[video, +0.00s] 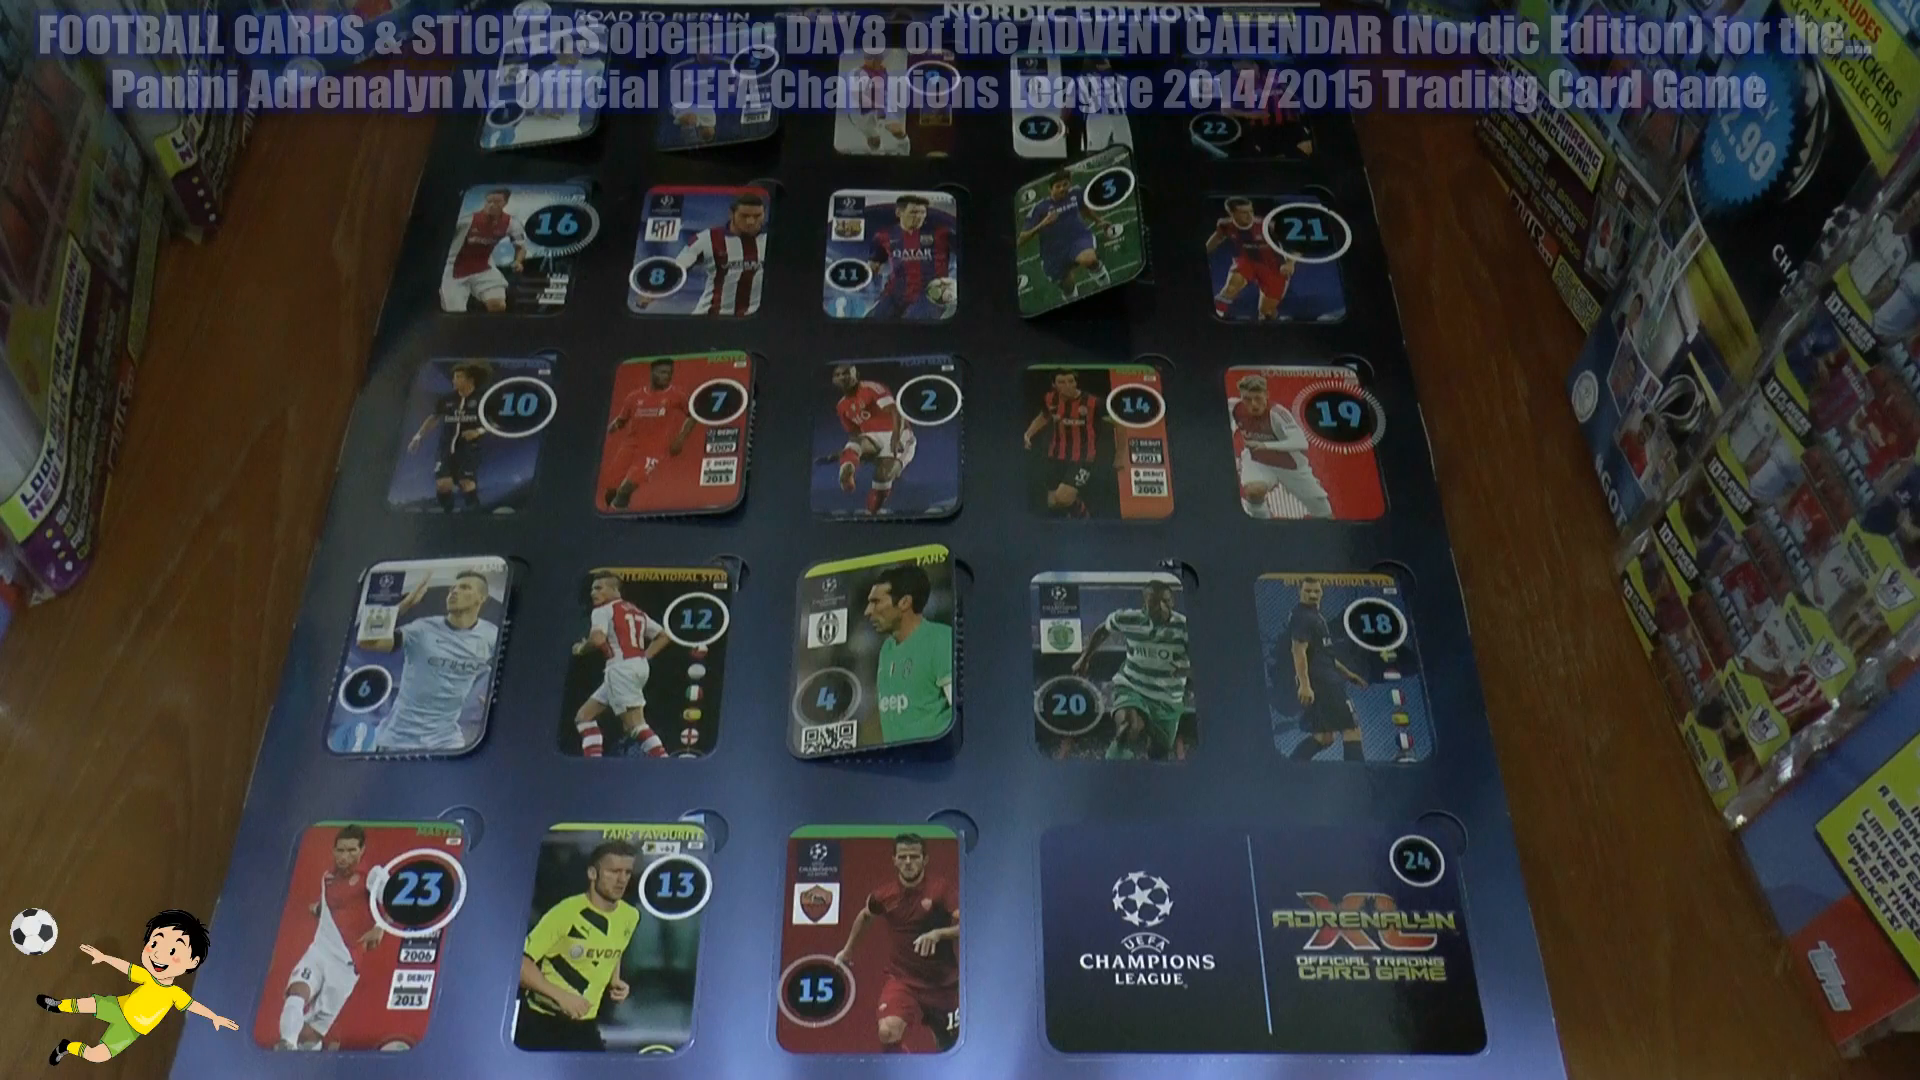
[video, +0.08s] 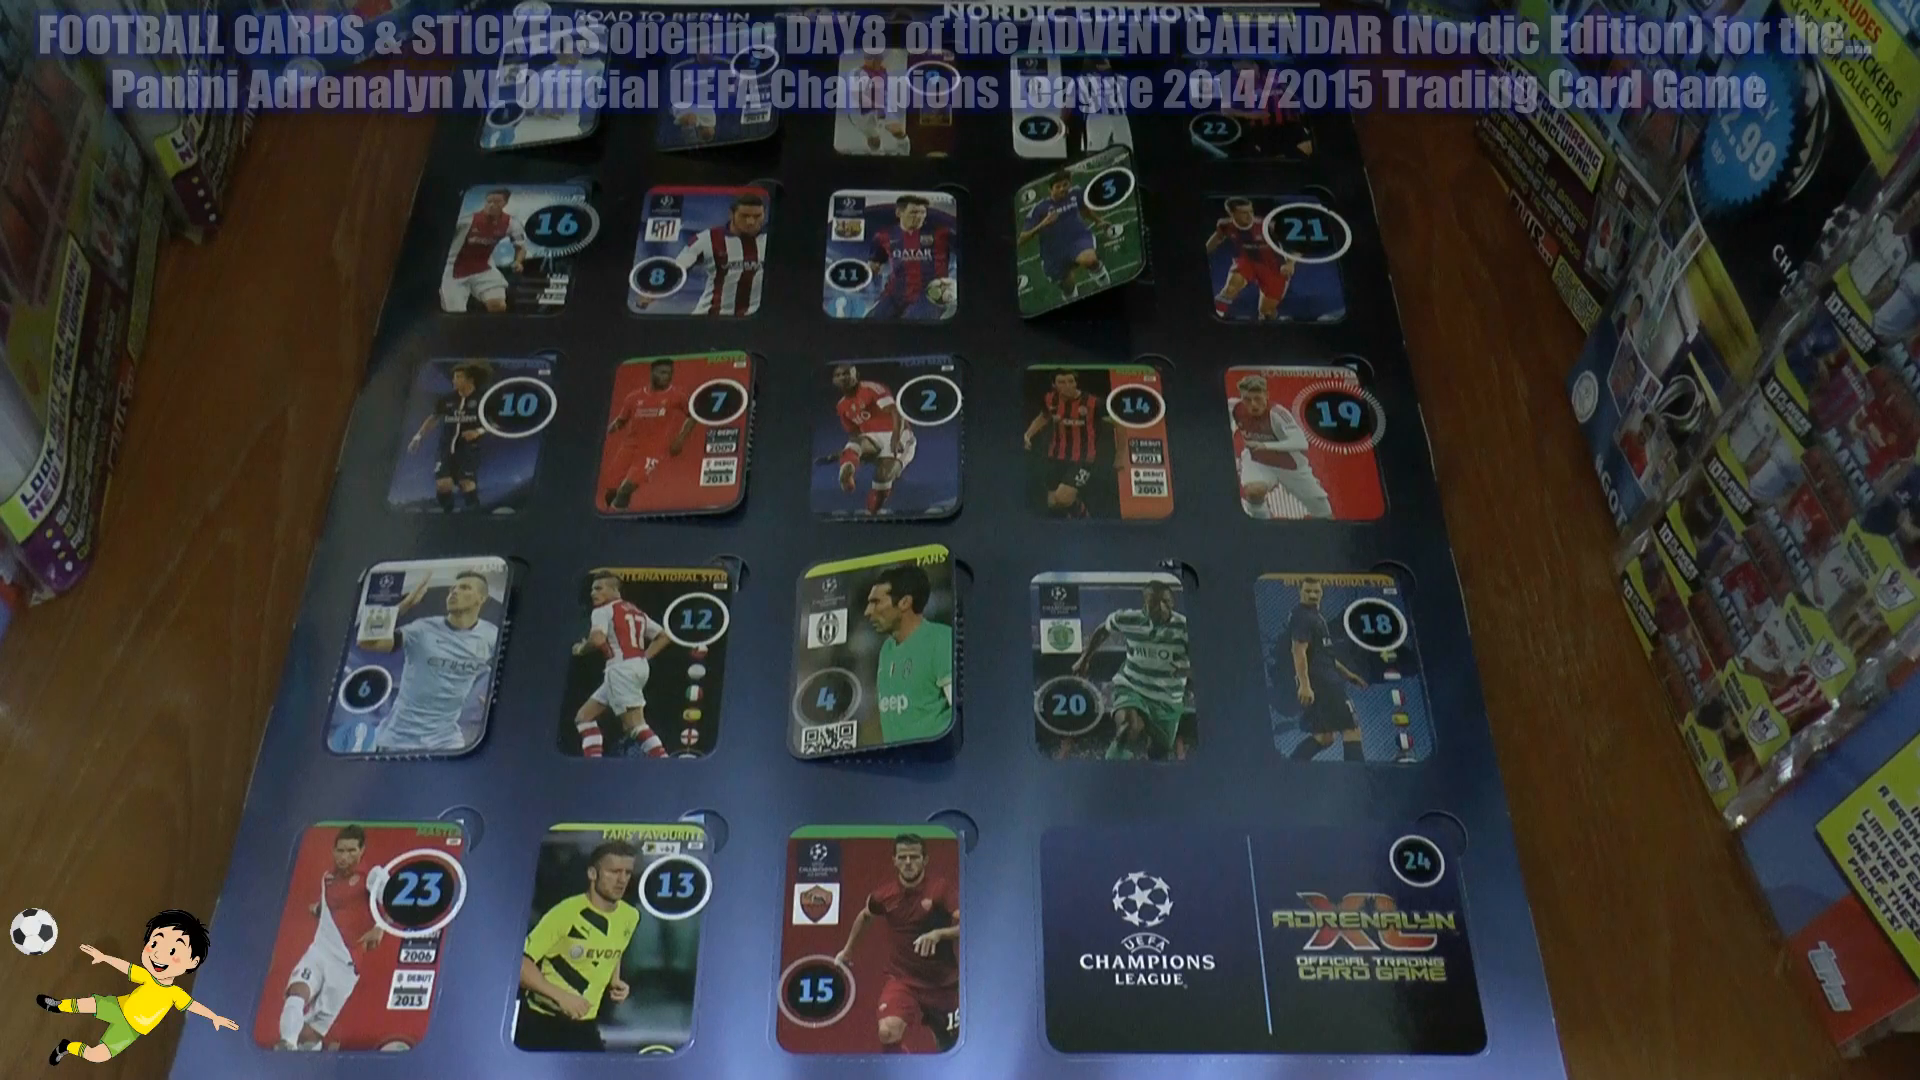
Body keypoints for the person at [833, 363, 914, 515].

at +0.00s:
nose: (843, 378)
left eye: (846, 373)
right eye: (838, 375)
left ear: (855, 374)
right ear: (834, 380)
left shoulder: (872, 388)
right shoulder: (842, 407)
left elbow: (895, 411)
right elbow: (855, 434)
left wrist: (895, 439)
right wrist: (845, 455)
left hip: (896, 434)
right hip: (872, 436)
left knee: (884, 473)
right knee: (854, 444)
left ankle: (871, 515)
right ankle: (847, 476)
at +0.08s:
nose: (843, 378)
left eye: (846, 373)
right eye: (838, 375)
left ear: (855, 375)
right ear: (834, 381)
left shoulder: (872, 389)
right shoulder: (842, 407)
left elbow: (896, 412)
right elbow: (855, 435)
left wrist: (895, 439)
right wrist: (846, 455)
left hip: (895, 434)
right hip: (872, 437)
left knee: (884, 474)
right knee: (854, 444)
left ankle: (871, 515)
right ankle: (847, 476)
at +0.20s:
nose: (843, 378)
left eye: (846, 374)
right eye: (838, 375)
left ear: (854, 375)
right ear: (834, 381)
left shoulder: (872, 389)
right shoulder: (842, 407)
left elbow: (895, 412)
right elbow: (855, 435)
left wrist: (895, 439)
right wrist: (846, 455)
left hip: (895, 434)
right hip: (871, 437)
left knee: (884, 473)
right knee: (854, 445)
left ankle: (871, 515)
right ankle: (847, 477)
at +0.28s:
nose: (843, 378)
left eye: (846, 373)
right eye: (838, 375)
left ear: (855, 375)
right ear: (834, 381)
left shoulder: (872, 388)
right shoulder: (842, 407)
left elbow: (896, 412)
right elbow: (855, 435)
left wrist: (895, 439)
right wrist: (845, 455)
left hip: (896, 434)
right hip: (871, 437)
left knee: (884, 473)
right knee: (854, 445)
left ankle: (871, 515)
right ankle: (847, 477)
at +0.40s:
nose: (843, 378)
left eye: (846, 373)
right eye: (838, 375)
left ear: (854, 375)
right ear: (834, 381)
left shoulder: (872, 388)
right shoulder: (842, 407)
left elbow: (895, 411)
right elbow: (855, 435)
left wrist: (895, 438)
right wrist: (844, 455)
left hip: (896, 434)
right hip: (871, 437)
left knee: (884, 473)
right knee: (854, 445)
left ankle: (871, 515)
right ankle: (847, 476)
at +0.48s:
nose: (843, 378)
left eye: (846, 373)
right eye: (838, 375)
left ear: (854, 375)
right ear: (834, 381)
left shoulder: (872, 388)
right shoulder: (842, 407)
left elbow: (896, 411)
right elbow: (855, 436)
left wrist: (895, 438)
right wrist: (844, 455)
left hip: (896, 434)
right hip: (872, 437)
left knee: (884, 473)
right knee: (854, 445)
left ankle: (871, 516)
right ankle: (847, 476)